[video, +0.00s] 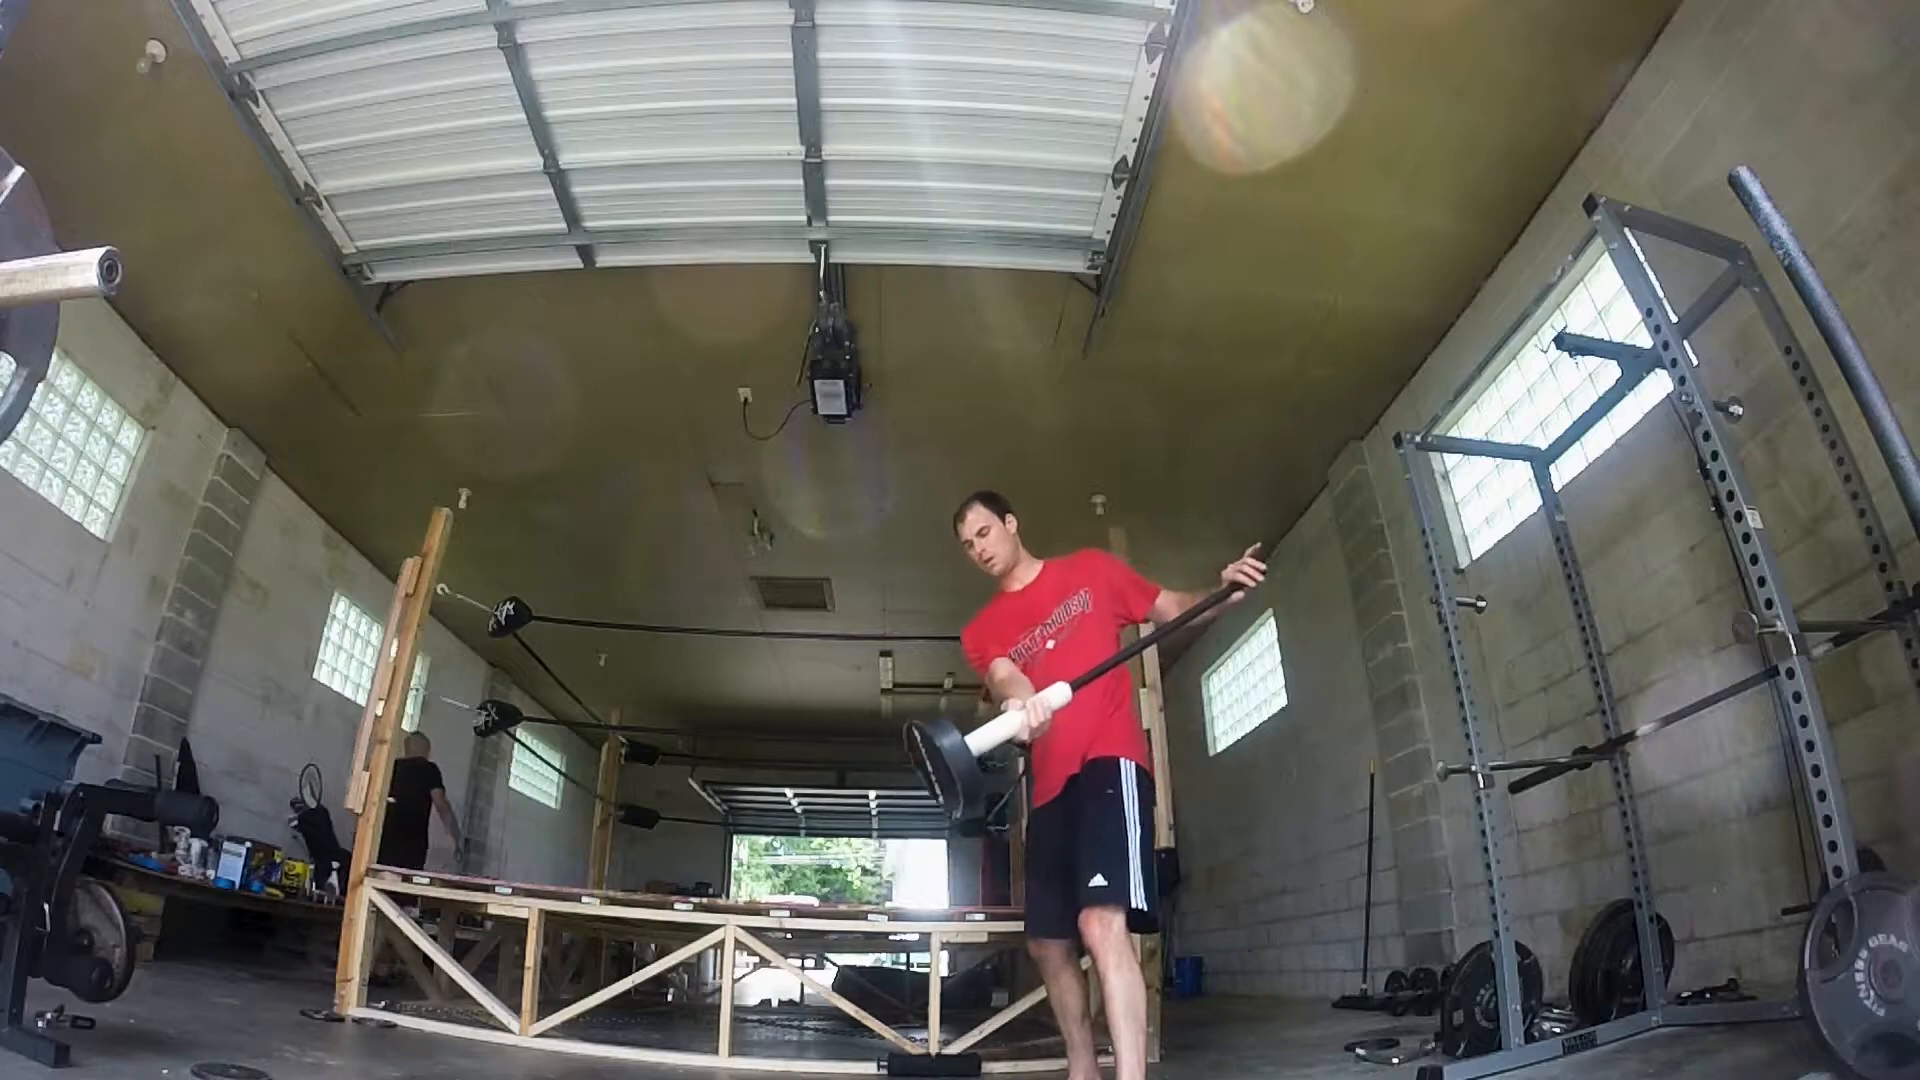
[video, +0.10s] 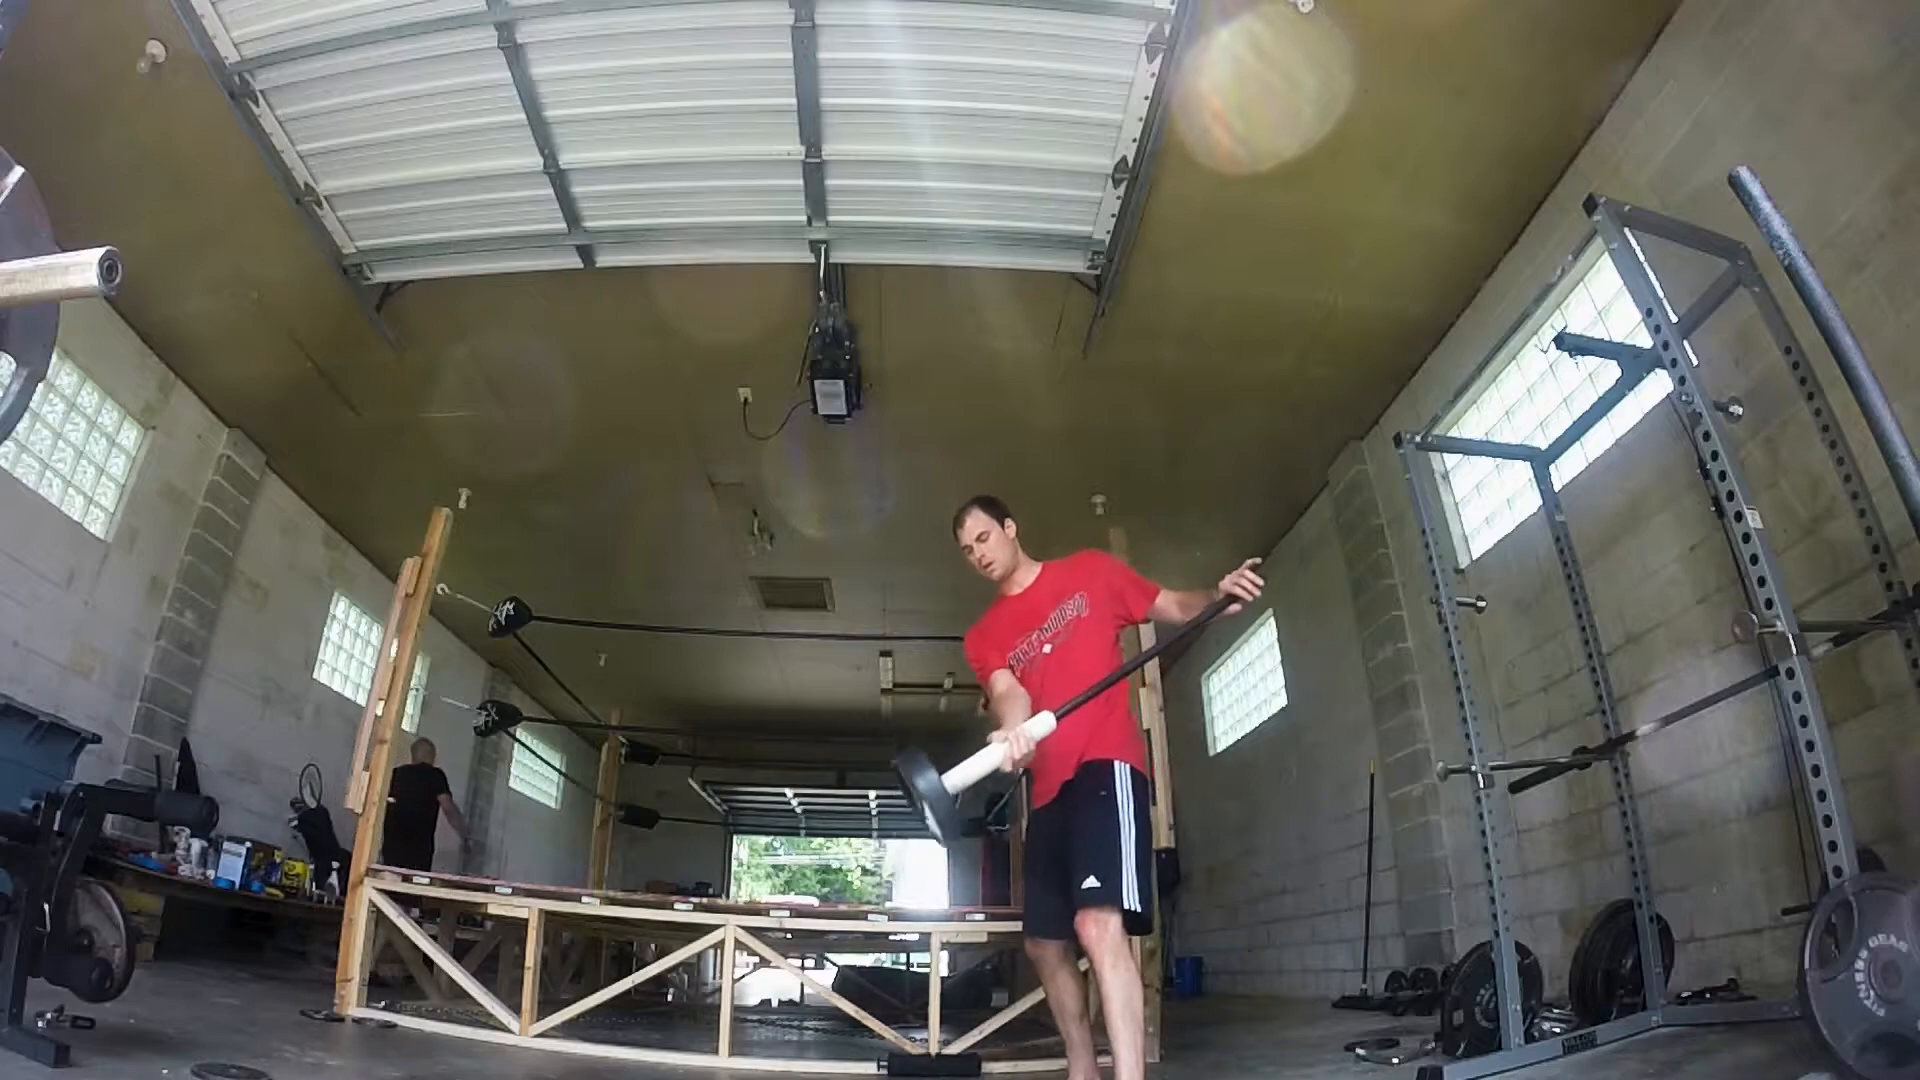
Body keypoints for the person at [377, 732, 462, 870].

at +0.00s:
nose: (427, 753)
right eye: (427, 749)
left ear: (406, 748)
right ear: (427, 750)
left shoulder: (392, 765)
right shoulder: (429, 769)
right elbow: (441, 806)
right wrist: (456, 840)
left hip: (386, 841)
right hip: (413, 843)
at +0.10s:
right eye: (432, 754)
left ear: (412, 755)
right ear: (433, 756)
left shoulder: (396, 773)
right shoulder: (435, 775)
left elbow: (379, 803)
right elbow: (448, 808)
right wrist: (465, 835)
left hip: (392, 845)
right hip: (420, 847)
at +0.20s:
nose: (439, 764)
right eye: (439, 760)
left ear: (418, 760)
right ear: (438, 760)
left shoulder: (398, 780)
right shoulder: (441, 779)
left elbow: (386, 819)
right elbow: (454, 815)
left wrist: (381, 852)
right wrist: (470, 842)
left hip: (401, 851)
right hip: (428, 852)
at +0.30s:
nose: (445, 766)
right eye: (445, 763)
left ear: (425, 761)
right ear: (444, 762)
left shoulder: (406, 782)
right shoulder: (447, 781)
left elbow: (394, 820)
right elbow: (457, 815)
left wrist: (392, 852)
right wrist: (472, 846)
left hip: (406, 857)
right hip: (434, 857)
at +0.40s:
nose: (451, 766)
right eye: (451, 763)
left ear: (432, 761)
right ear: (450, 762)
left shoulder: (412, 783)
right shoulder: (452, 782)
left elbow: (401, 823)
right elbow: (460, 818)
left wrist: (407, 848)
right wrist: (467, 850)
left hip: (414, 853)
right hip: (441, 854)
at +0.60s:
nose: (466, 774)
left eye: (466, 770)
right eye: (466, 770)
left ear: (448, 769)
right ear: (465, 771)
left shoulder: (428, 788)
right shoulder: (463, 791)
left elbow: (417, 825)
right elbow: (463, 827)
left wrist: (429, 841)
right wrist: (467, 860)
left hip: (426, 854)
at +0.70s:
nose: (474, 779)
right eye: (474, 776)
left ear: (457, 775)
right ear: (473, 777)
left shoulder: (437, 792)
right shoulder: (471, 795)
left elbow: (426, 830)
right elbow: (471, 831)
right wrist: (471, 864)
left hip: (432, 861)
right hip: (456, 863)